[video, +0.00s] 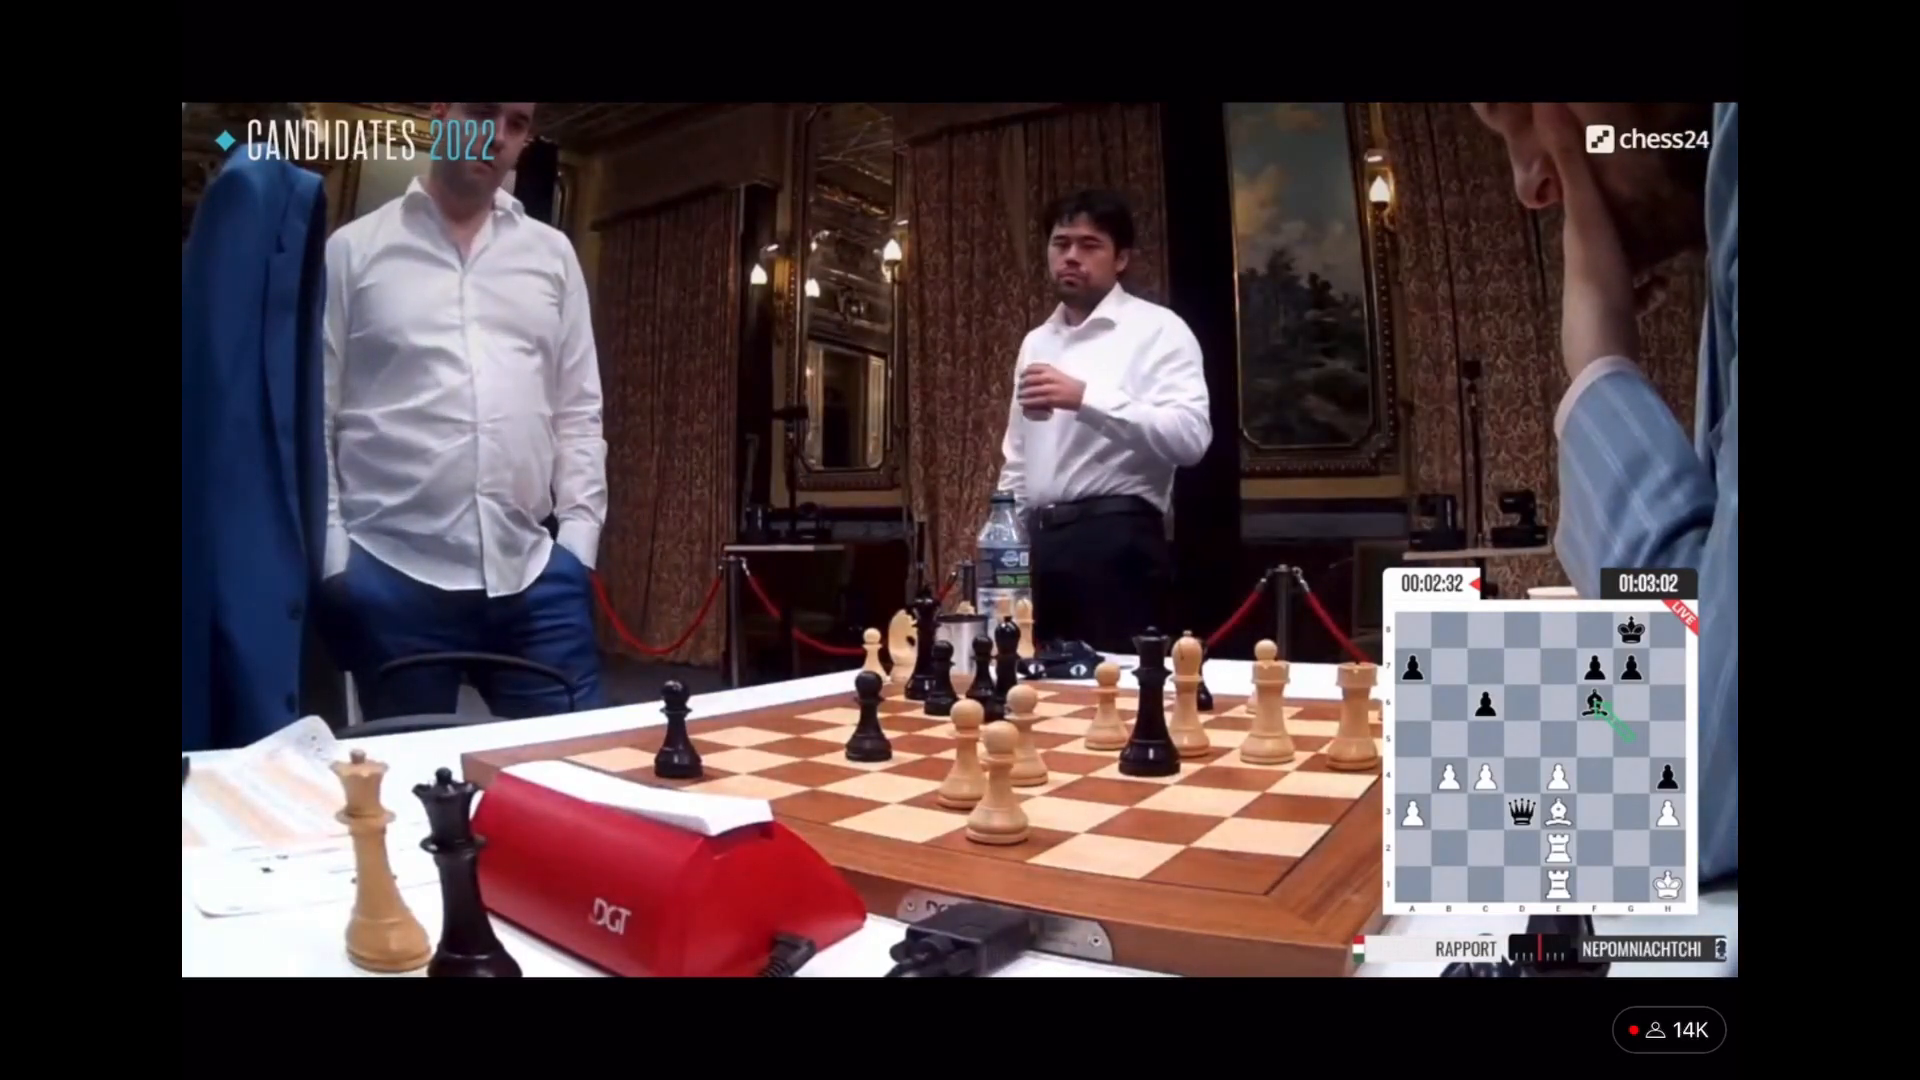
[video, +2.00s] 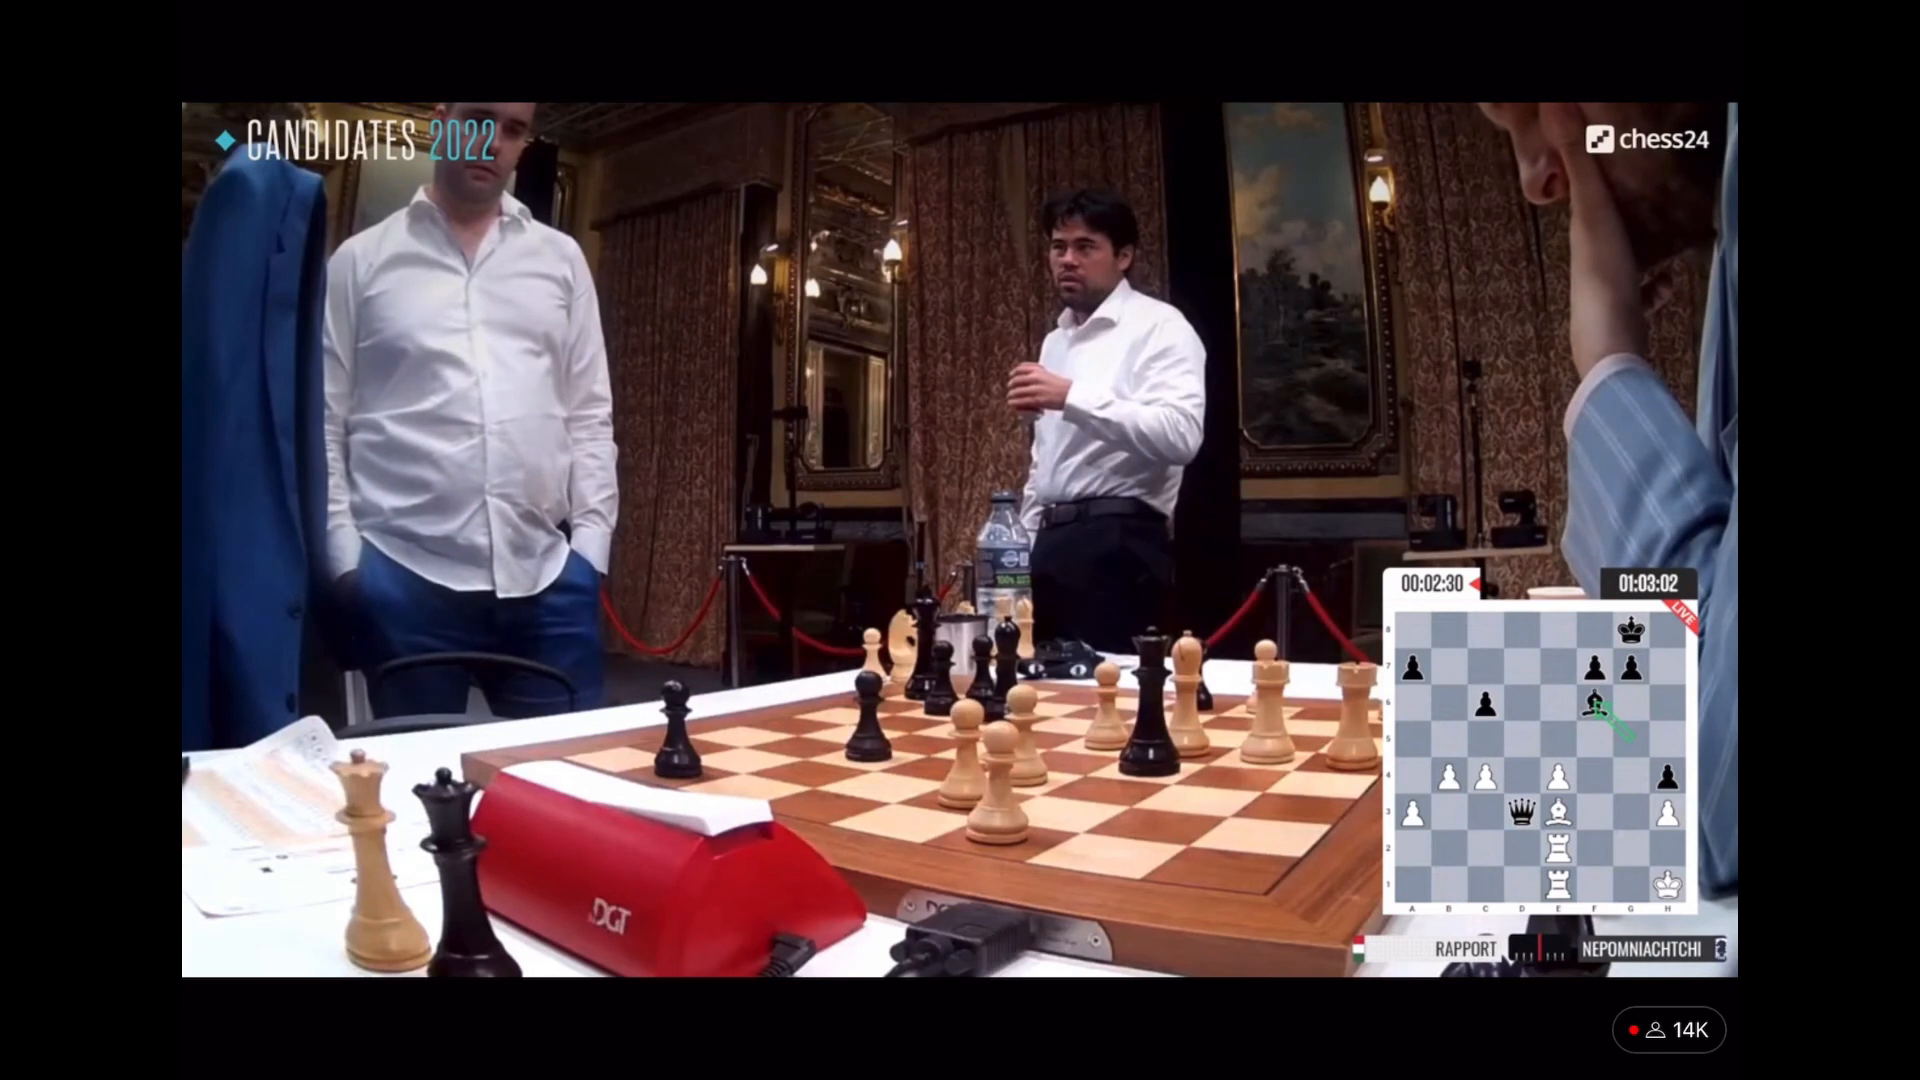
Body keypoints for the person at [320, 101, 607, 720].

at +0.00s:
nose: (494, 138)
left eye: (515, 125)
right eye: (480, 114)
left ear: (528, 140)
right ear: (438, 114)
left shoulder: (552, 253)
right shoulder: (353, 252)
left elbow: (579, 412)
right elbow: (316, 417)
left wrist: (576, 546)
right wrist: (337, 564)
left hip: (535, 578)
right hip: (394, 583)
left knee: (581, 777)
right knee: (410, 790)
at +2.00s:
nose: (490, 145)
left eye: (512, 130)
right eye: (476, 121)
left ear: (528, 144)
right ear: (439, 119)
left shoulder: (561, 259)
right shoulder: (360, 262)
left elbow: (590, 416)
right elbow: (325, 420)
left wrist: (589, 549)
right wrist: (346, 562)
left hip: (549, 583)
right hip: (406, 586)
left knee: (575, 789)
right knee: (418, 792)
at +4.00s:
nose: (490, 144)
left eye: (514, 131)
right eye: (477, 120)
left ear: (530, 146)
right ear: (441, 121)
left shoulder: (565, 260)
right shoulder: (362, 263)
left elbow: (594, 417)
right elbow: (325, 419)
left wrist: (589, 554)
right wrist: (342, 561)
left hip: (547, 584)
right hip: (402, 586)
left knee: (572, 788)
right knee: (414, 791)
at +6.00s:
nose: (486, 146)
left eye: (509, 132)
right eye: (473, 122)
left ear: (526, 147)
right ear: (437, 121)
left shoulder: (558, 261)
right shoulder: (357, 264)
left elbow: (586, 418)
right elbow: (323, 420)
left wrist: (584, 553)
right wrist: (340, 562)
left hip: (543, 582)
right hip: (400, 584)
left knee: (567, 787)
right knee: (414, 791)